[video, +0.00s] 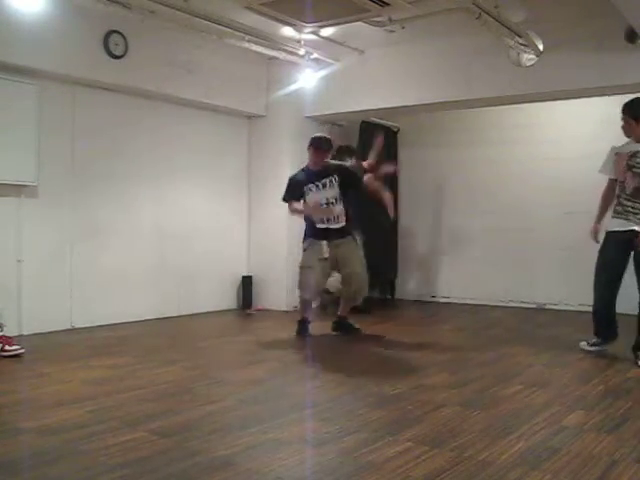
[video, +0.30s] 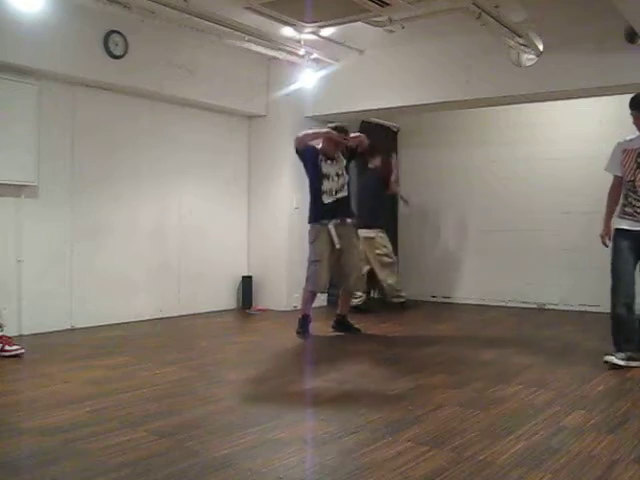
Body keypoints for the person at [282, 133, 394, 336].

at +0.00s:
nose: (319, 157)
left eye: (324, 153)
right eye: (316, 152)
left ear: (329, 154)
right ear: (309, 151)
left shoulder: (341, 171)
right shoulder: (299, 179)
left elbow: (367, 182)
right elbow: (292, 206)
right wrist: (307, 210)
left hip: (344, 238)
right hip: (316, 240)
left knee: (356, 280)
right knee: (309, 283)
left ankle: (342, 319)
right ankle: (304, 321)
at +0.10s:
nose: (330, 160)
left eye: (333, 156)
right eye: (327, 156)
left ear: (338, 153)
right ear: (317, 152)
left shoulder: (343, 163)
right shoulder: (305, 170)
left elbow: (370, 160)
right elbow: (297, 186)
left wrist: (379, 170)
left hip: (345, 231)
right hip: (320, 234)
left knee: (359, 275)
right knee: (315, 280)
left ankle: (341, 318)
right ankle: (304, 320)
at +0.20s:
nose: (333, 152)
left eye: (336, 148)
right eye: (330, 147)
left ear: (341, 148)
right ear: (322, 147)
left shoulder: (345, 162)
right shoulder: (311, 167)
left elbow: (368, 148)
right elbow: (299, 161)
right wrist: (319, 147)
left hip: (345, 224)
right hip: (321, 227)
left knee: (356, 270)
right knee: (316, 276)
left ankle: (342, 318)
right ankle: (305, 319)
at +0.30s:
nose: (336, 149)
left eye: (339, 146)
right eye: (334, 145)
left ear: (343, 145)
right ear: (325, 141)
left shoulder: (344, 156)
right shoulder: (311, 157)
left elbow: (363, 141)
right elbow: (300, 140)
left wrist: (348, 139)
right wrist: (325, 133)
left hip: (345, 221)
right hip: (321, 222)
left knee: (351, 271)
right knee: (316, 273)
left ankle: (342, 317)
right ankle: (304, 318)